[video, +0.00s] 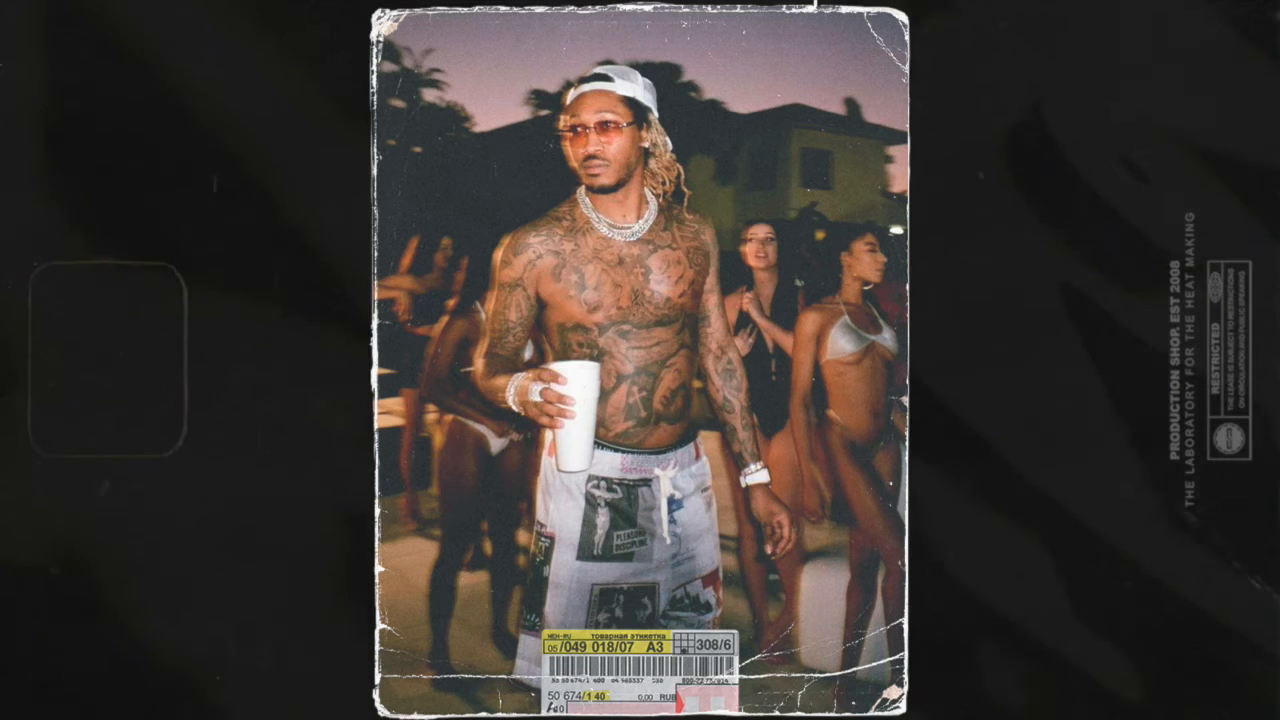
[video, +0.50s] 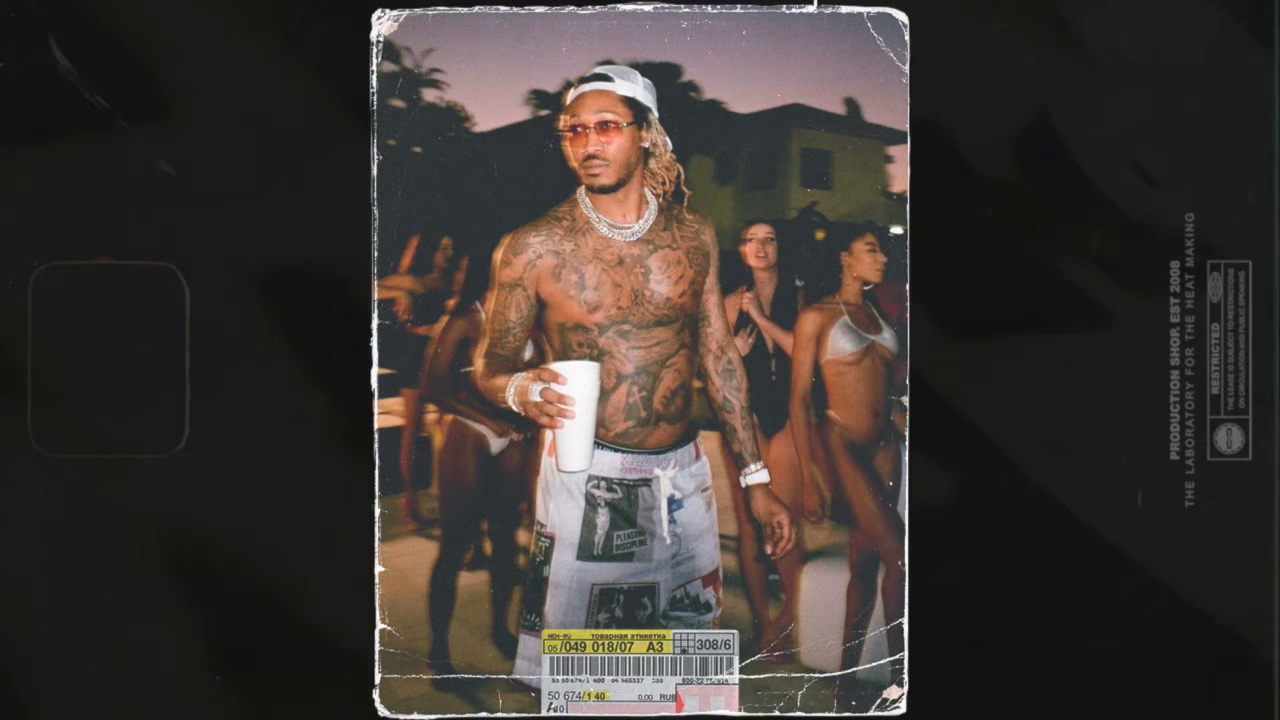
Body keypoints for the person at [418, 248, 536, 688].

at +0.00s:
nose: (515, 286)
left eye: (522, 278)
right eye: (508, 275)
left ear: (532, 287)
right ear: (494, 275)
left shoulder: (531, 331)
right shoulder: (465, 321)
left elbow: (543, 385)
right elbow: (433, 387)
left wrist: (529, 420)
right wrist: (489, 421)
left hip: (515, 444)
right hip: (465, 440)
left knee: (506, 541)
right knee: (455, 545)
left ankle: (501, 629)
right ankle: (439, 651)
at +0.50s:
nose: (512, 290)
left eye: (520, 283)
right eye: (506, 280)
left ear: (530, 290)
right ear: (492, 279)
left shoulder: (531, 333)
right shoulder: (465, 323)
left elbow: (544, 386)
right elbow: (434, 386)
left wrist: (529, 421)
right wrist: (490, 422)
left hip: (514, 445)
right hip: (465, 441)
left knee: (506, 541)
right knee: (456, 544)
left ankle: (501, 628)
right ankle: (439, 649)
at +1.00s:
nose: (517, 287)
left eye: (524, 280)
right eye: (510, 278)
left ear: (532, 288)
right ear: (495, 278)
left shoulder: (531, 333)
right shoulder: (466, 322)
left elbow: (542, 385)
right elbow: (435, 386)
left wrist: (530, 421)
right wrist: (490, 422)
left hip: (513, 445)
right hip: (465, 440)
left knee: (505, 540)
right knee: (456, 543)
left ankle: (502, 628)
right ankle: (439, 651)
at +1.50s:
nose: (513, 293)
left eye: (521, 286)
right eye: (508, 283)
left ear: (530, 293)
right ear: (493, 283)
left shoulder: (531, 335)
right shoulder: (465, 324)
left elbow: (543, 387)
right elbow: (435, 387)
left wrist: (529, 421)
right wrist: (490, 422)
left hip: (514, 446)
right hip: (465, 442)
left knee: (505, 540)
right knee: (456, 544)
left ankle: (501, 628)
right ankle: (439, 651)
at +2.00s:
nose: (515, 285)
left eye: (522, 277)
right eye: (509, 275)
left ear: (530, 287)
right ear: (493, 276)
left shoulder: (530, 331)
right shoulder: (464, 323)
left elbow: (543, 383)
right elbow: (435, 387)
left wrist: (529, 419)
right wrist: (491, 422)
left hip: (514, 446)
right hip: (465, 443)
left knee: (505, 542)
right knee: (456, 544)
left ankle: (501, 629)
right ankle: (439, 651)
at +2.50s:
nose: (514, 288)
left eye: (521, 280)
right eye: (507, 278)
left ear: (529, 289)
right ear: (493, 279)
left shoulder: (529, 331)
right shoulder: (464, 324)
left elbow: (542, 383)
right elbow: (435, 387)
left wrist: (529, 419)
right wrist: (490, 421)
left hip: (513, 447)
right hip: (465, 444)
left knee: (506, 542)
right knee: (455, 544)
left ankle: (501, 628)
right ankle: (439, 652)